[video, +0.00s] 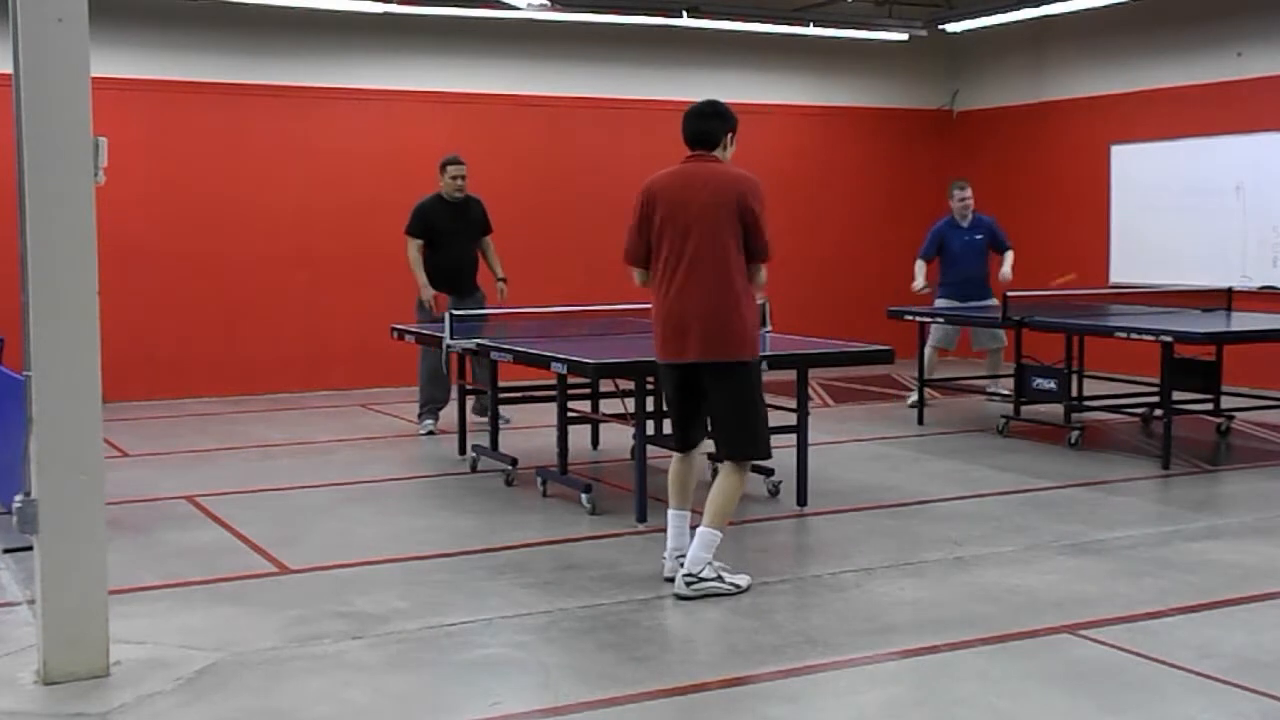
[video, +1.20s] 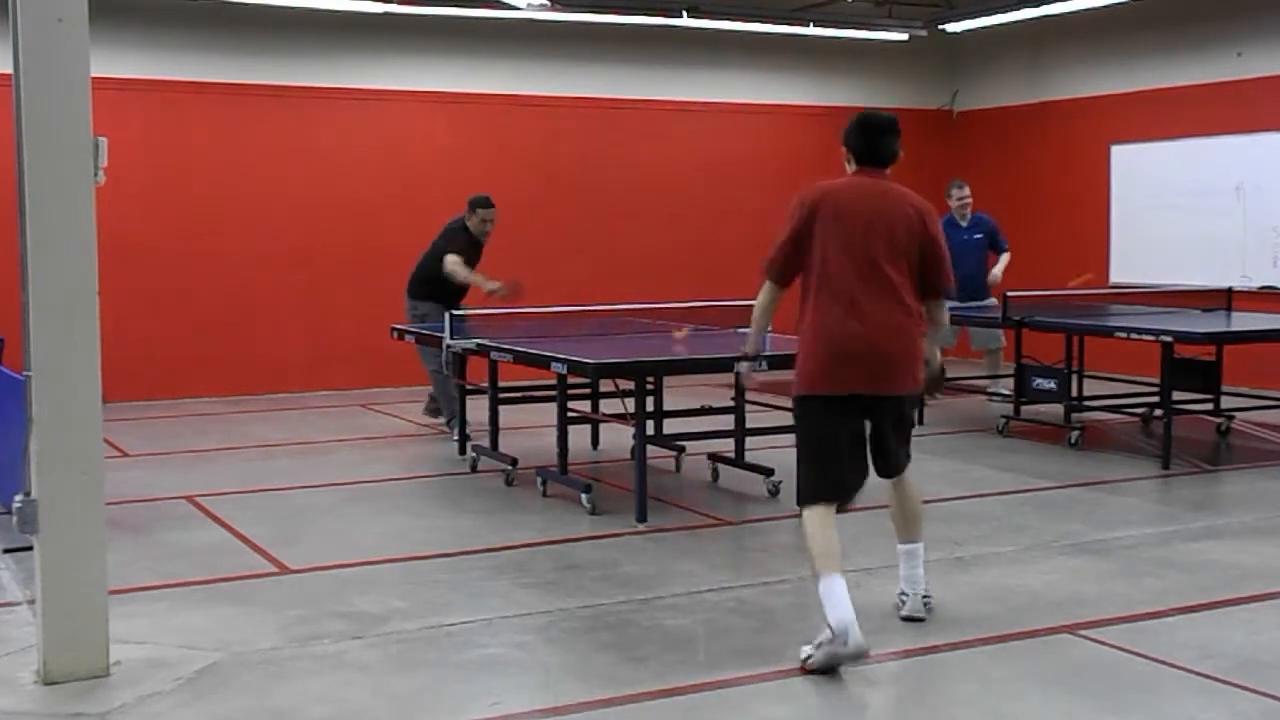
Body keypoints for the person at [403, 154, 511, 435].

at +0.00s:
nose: (460, 183)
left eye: (463, 178)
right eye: (454, 178)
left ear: (467, 179)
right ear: (441, 179)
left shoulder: (475, 207)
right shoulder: (425, 210)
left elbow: (485, 243)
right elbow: (414, 249)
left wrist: (499, 276)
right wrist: (424, 286)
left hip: (469, 292)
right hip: (434, 294)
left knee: (483, 347)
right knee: (433, 352)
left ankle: (485, 403)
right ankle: (429, 412)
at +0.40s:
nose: (485, 211)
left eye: (489, 205)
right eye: (479, 205)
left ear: (493, 204)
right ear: (467, 204)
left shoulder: (499, 228)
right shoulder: (447, 226)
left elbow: (507, 261)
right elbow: (422, 256)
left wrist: (518, 294)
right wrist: (450, 282)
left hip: (480, 296)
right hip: (446, 296)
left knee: (488, 350)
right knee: (448, 349)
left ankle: (486, 408)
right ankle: (445, 408)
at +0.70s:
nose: (497, 233)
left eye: (501, 227)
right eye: (491, 228)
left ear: (505, 225)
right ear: (477, 225)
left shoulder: (498, 242)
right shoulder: (459, 245)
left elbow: (488, 264)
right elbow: (432, 287)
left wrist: (490, 284)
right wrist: (462, 308)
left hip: (465, 305)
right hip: (435, 306)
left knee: (480, 355)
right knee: (442, 363)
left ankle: (483, 408)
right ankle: (455, 418)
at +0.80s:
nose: (497, 234)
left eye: (500, 228)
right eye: (491, 228)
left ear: (503, 225)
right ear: (476, 225)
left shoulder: (491, 245)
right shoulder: (459, 246)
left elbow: (471, 273)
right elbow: (447, 295)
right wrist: (489, 308)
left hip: (457, 302)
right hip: (431, 304)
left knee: (465, 357)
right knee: (440, 363)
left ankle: (475, 408)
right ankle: (455, 419)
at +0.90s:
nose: (495, 238)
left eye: (498, 232)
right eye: (490, 231)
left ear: (502, 227)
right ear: (475, 226)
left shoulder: (482, 241)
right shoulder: (461, 245)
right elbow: (472, 288)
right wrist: (518, 290)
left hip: (454, 302)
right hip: (430, 303)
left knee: (458, 355)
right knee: (439, 362)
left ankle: (461, 403)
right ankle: (454, 419)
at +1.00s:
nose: (493, 240)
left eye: (496, 234)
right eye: (488, 234)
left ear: (498, 229)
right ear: (473, 228)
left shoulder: (473, 232)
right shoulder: (459, 245)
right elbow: (489, 264)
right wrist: (521, 272)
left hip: (452, 302)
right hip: (427, 303)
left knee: (459, 354)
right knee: (438, 361)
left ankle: (457, 406)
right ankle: (453, 416)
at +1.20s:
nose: (489, 228)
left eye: (492, 222)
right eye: (484, 221)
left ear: (494, 219)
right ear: (470, 217)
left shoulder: (475, 235)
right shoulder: (456, 235)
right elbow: (451, 266)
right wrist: (485, 283)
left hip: (448, 303)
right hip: (426, 303)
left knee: (458, 352)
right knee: (439, 360)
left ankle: (436, 401)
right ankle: (454, 419)